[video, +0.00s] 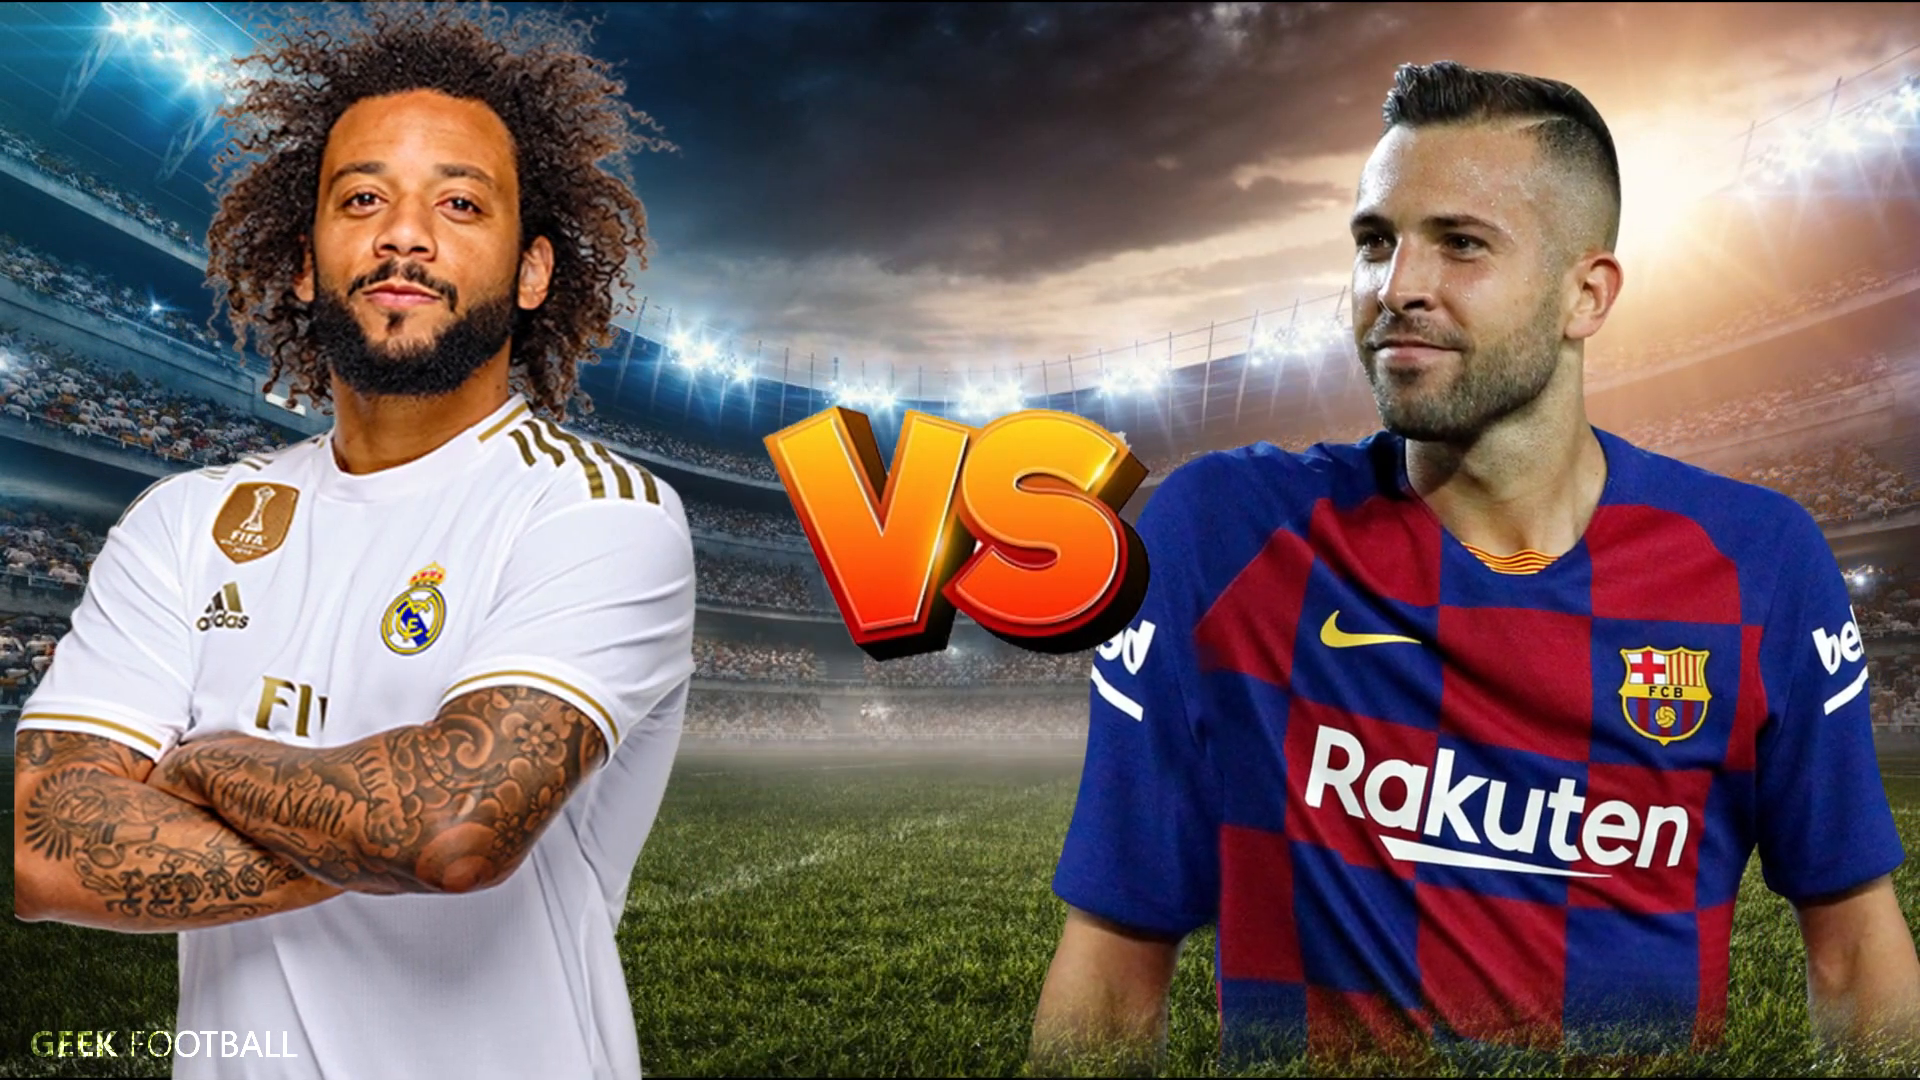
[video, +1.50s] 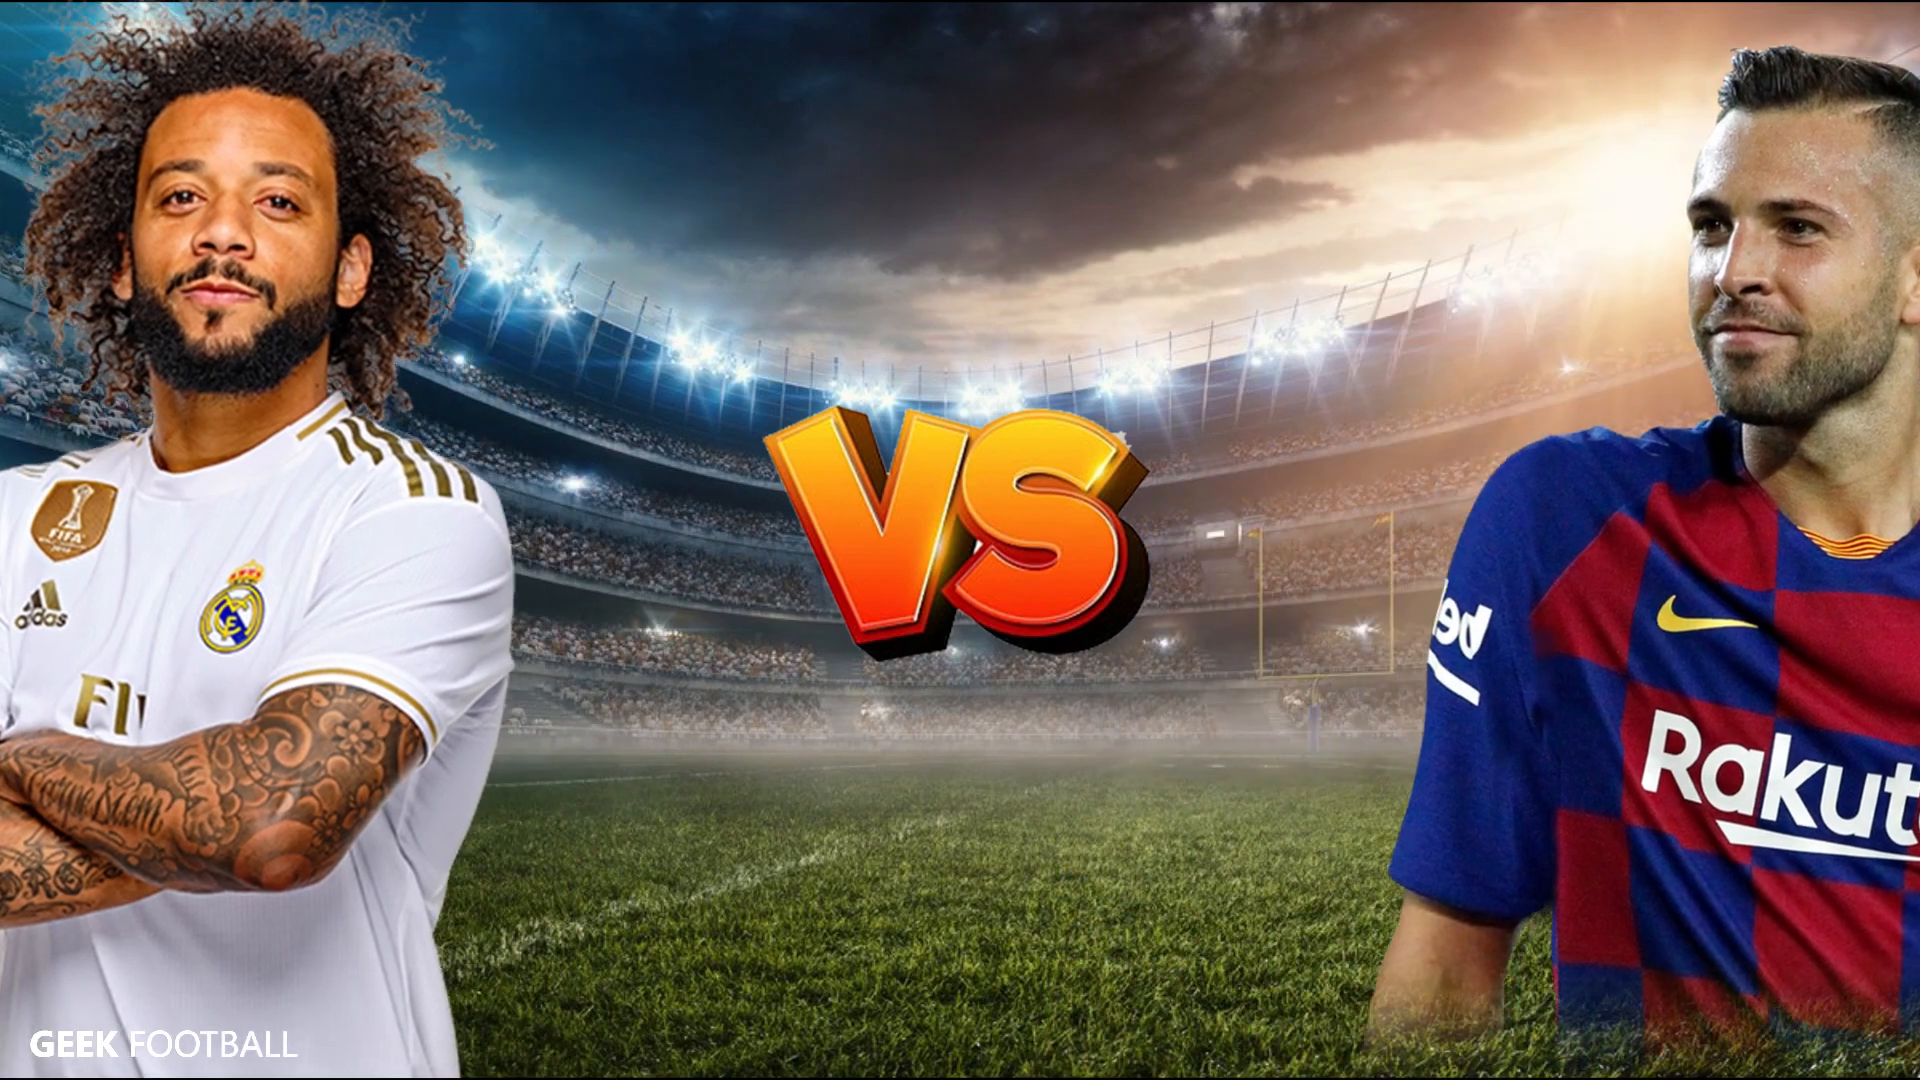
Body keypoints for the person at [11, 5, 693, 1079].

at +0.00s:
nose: (406, 238)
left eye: (461, 203)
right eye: (362, 199)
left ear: (529, 273)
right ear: (309, 260)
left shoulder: (603, 517)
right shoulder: (184, 523)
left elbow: (460, 824)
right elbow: (51, 853)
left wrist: (193, 761)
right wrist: (378, 829)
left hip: (515, 1064)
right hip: (234, 1063)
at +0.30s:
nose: (399, 238)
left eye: (454, 203)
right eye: (355, 199)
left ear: (522, 273)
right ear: (302, 259)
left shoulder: (597, 518)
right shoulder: (176, 523)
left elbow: (451, 825)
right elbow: (42, 853)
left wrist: (186, 760)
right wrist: (369, 829)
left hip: (507, 1063)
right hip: (227, 1062)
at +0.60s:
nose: (389, 238)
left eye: (445, 203)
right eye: (346, 199)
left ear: (514, 273)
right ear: (293, 261)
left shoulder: (588, 518)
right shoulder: (169, 522)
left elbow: (442, 824)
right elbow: (29, 848)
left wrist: (181, 760)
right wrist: (357, 829)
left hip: (499, 1063)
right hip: (219, 1061)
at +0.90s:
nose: (374, 238)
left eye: (430, 204)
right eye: (332, 199)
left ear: (500, 272)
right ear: (280, 259)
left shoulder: (574, 518)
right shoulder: (154, 521)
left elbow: (429, 824)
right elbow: (26, 851)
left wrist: (168, 760)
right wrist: (345, 826)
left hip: (485, 1063)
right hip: (206, 1062)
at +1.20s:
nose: (321, 234)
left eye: (376, 201)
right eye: (279, 199)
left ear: (446, 269)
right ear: (225, 262)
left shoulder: (520, 516)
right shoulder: (98, 523)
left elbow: (372, 825)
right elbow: (13, 862)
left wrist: (112, 761)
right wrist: (295, 821)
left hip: (431, 1063)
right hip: (153, 1063)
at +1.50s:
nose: (224, 236)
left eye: (279, 202)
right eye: (181, 197)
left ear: (348, 272)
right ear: (127, 258)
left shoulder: (424, 517)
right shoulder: (15, 512)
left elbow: (277, 821)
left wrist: (12, 758)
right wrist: (211, 810)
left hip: (322, 1062)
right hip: (34, 1059)